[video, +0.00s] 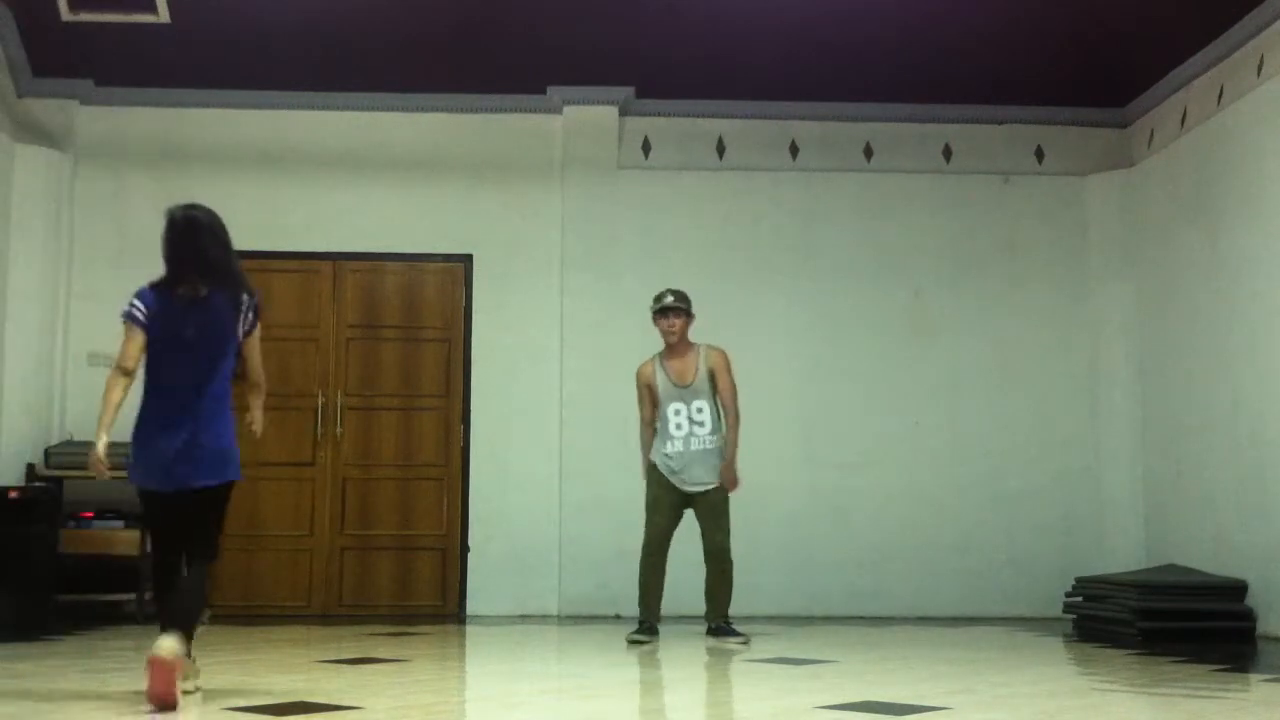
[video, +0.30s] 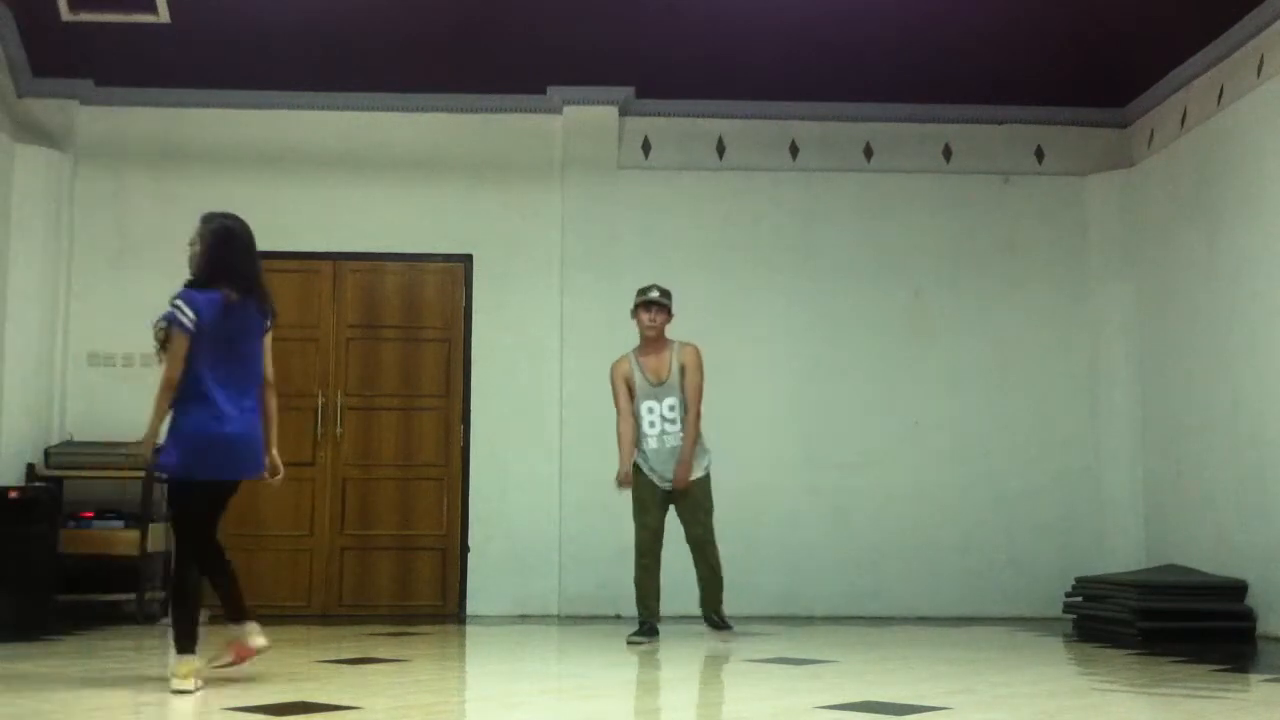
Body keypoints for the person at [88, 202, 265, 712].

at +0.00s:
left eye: (170, 241)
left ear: (169, 247)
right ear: (220, 245)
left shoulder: (150, 298)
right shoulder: (240, 301)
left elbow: (125, 369)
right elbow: (254, 373)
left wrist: (102, 434)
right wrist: (257, 410)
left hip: (156, 448)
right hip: (213, 449)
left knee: (165, 554)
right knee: (200, 553)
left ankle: (184, 662)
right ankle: (171, 641)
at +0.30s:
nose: (190, 250)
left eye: (196, 243)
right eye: (192, 242)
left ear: (212, 250)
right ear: (241, 251)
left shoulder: (191, 301)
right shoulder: (258, 306)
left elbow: (172, 377)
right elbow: (267, 383)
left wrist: (151, 434)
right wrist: (270, 445)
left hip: (196, 437)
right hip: (244, 439)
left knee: (188, 543)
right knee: (204, 535)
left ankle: (185, 661)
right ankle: (245, 627)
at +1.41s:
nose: (357, 310)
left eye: (365, 304)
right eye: (351, 303)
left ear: (377, 310)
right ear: (341, 307)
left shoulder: (387, 347)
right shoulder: (328, 348)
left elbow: (419, 347)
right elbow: (313, 392)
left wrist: (397, 312)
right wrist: (308, 432)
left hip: (378, 460)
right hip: (335, 459)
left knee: (373, 544)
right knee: (334, 541)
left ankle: (368, 630)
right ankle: (333, 616)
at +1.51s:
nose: (362, 317)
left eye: (370, 311)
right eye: (356, 310)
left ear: (382, 318)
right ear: (346, 314)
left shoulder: (391, 354)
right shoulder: (332, 354)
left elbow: (422, 352)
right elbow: (324, 397)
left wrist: (402, 320)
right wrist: (338, 425)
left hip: (386, 461)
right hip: (344, 461)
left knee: (380, 544)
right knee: (343, 543)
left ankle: (372, 630)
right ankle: (347, 613)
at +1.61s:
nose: (364, 324)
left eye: (372, 319)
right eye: (359, 317)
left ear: (384, 325)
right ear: (348, 321)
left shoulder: (392, 357)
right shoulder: (335, 360)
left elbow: (424, 370)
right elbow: (329, 401)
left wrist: (405, 333)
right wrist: (354, 422)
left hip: (390, 468)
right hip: (348, 468)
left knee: (383, 546)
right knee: (351, 547)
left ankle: (374, 631)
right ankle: (357, 617)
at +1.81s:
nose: (366, 333)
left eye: (373, 326)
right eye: (360, 326)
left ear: (385, 332)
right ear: (350, 331)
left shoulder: (396, 372)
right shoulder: (339, 372)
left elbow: (434, 402)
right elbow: (331, 421)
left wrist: (407, 367)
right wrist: (352, 415)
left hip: (390, 476)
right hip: (350, 477)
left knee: (383, 549)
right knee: (360, 551)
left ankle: (377, 623)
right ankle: (368, 630)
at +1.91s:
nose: (367, 328)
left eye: (374, 321)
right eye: (361, 322)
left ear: (387, 326)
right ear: (352, 327)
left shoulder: (399, 365)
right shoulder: (344, 365)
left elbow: (440, 402)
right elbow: (327, 409)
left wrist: (408, 373)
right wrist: (345, 381)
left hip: (393, 470)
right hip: (354, 471)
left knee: (388, 541)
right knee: (362, 545)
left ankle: (386, 622)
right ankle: (368, 623)